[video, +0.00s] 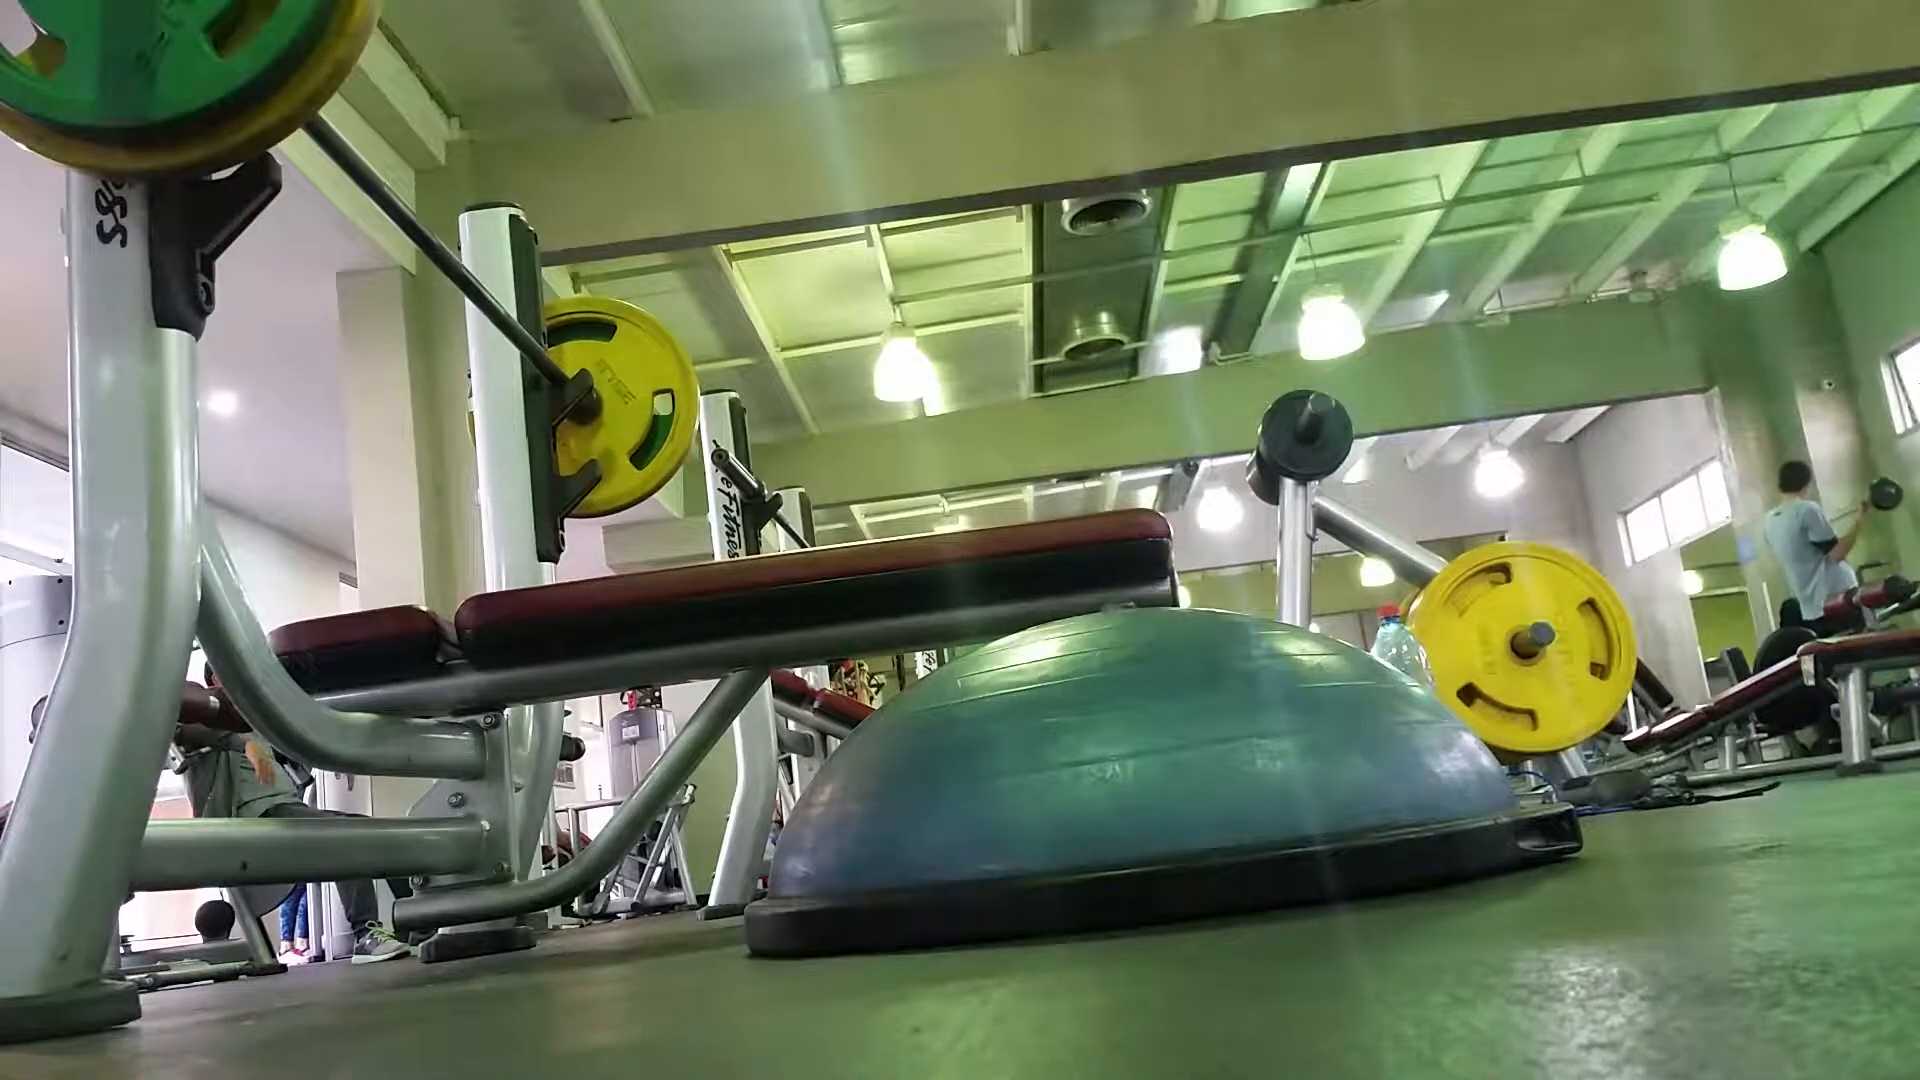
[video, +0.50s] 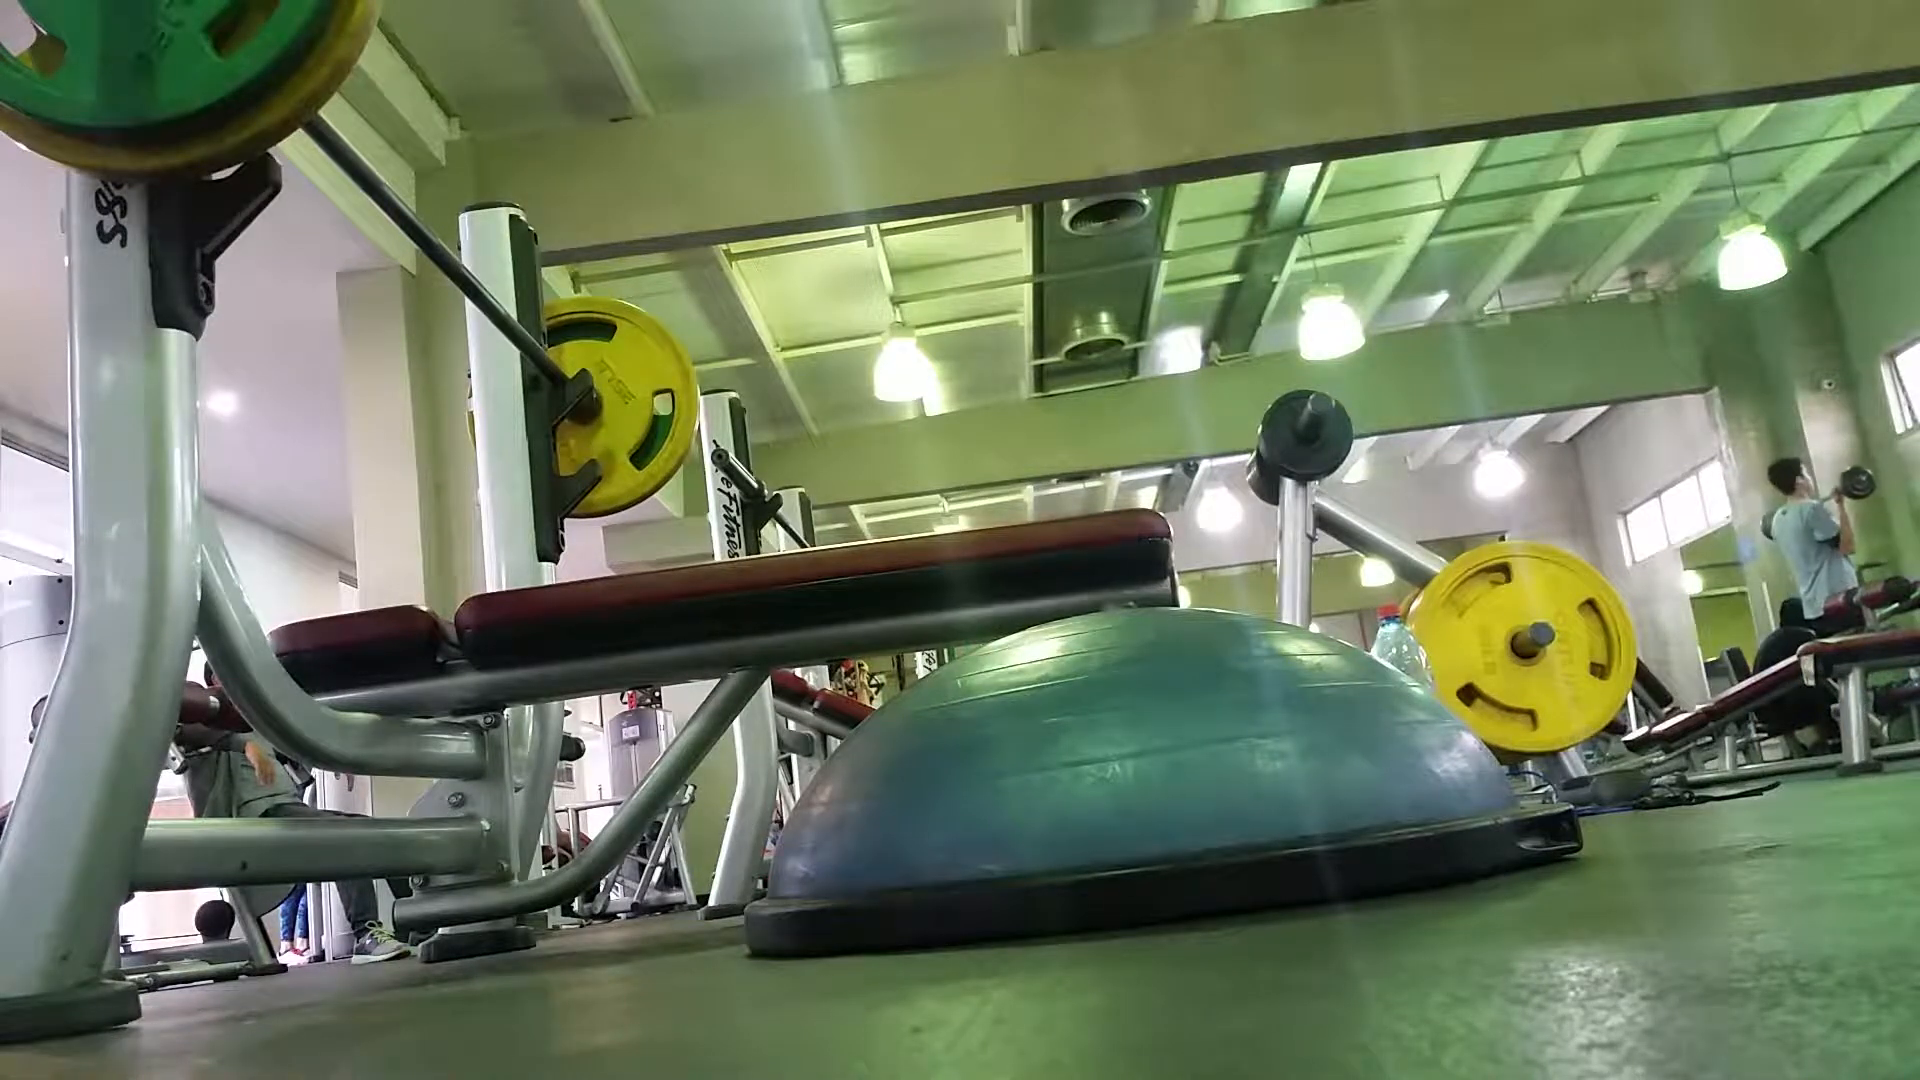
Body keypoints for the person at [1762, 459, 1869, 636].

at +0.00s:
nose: (1811, 486)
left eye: (1809, 481)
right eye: (1810, 481)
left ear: (1781, 484)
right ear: (1807, 483)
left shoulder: (1770, 520)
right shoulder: (1807, 510)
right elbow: (1837, 553)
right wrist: (1860, 521)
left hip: (1809, 611)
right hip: (1838, 606)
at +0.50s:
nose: (1811, 478)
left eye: (1808, 473)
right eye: (1807, 474)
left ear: (1782, 487)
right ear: (1798, 481)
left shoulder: (1778, 519)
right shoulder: (1812, 510)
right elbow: (1847, 546)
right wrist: (1841, 505)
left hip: (1813, 608)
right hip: (1839, 602)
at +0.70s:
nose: (1811, 476)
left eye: (1807, 471)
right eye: (1806, 472)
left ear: (1784, 486)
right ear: (1798, 480)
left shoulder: (1776, 519)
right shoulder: (1811, 508)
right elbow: (1849, 545)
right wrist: (1839, 503)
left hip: (1811, 608)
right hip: (1838, 601)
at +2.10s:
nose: (1811, 476)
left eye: (1807, 471)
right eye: (1806, 472)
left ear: (1783, 488)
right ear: (1800, 479)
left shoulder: (1778, 518)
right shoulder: (1808, 505)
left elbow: (1784, 567)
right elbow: (1814, 554)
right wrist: (1863, 548)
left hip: (1810, 611)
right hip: (1837, 604)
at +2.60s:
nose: (1815, 477)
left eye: (1813, 472)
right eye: (1813, 473)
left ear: (1788, 485)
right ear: (1808, 477)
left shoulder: (1784, 518)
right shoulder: (1813, 509)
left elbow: (1788, 571)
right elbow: (1815, 559)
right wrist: (1865, 562)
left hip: (1816, 611)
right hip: (1840, 605)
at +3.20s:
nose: (1825, 489)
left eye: (1825, 484)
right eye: (1825, 484)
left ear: (1798, 481)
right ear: (1821, 487)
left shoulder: (1778, 519)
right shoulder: (1816, 515)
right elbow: (1852, 554)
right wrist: (1855, 511)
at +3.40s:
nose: (1826, 485)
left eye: (1826, 480)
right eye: (1826, 481)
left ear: (1800, 482)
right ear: (1821, 483)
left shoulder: (1782, 517)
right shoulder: (1819, 514)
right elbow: (1849, 556)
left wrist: (1834, 511)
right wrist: (1852, 514)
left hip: (1810, 606)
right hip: (1839, 605)